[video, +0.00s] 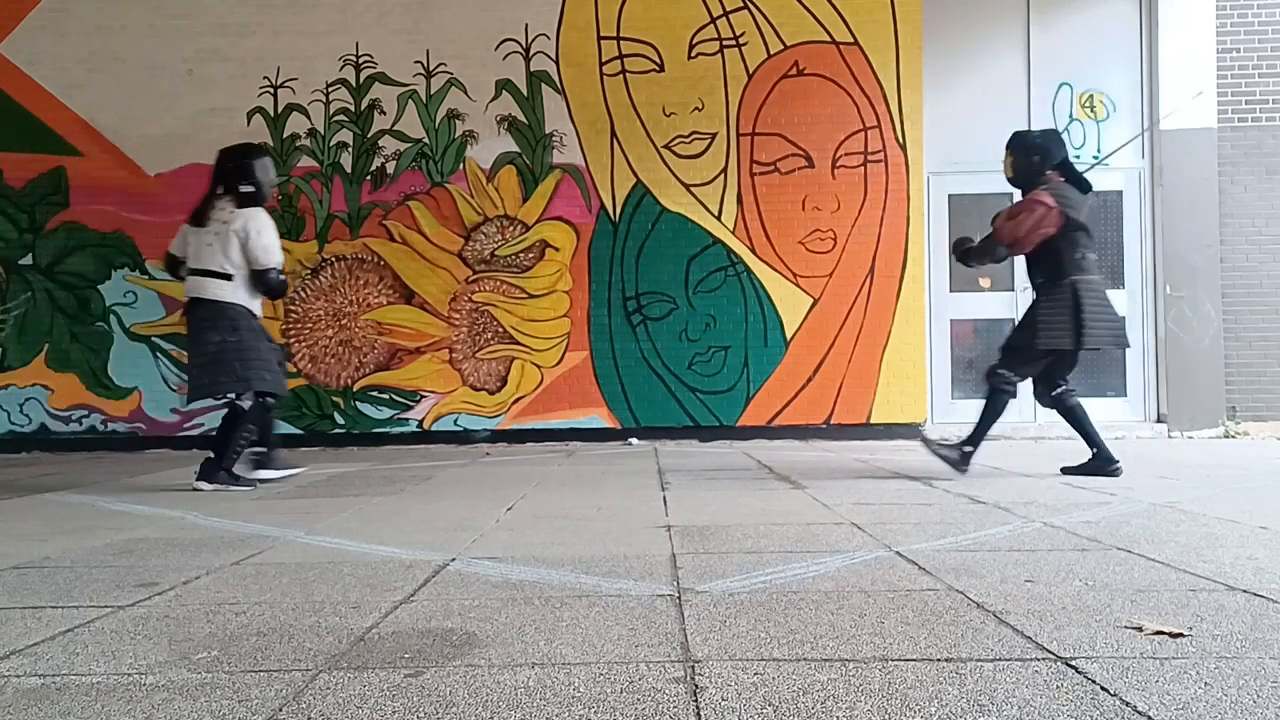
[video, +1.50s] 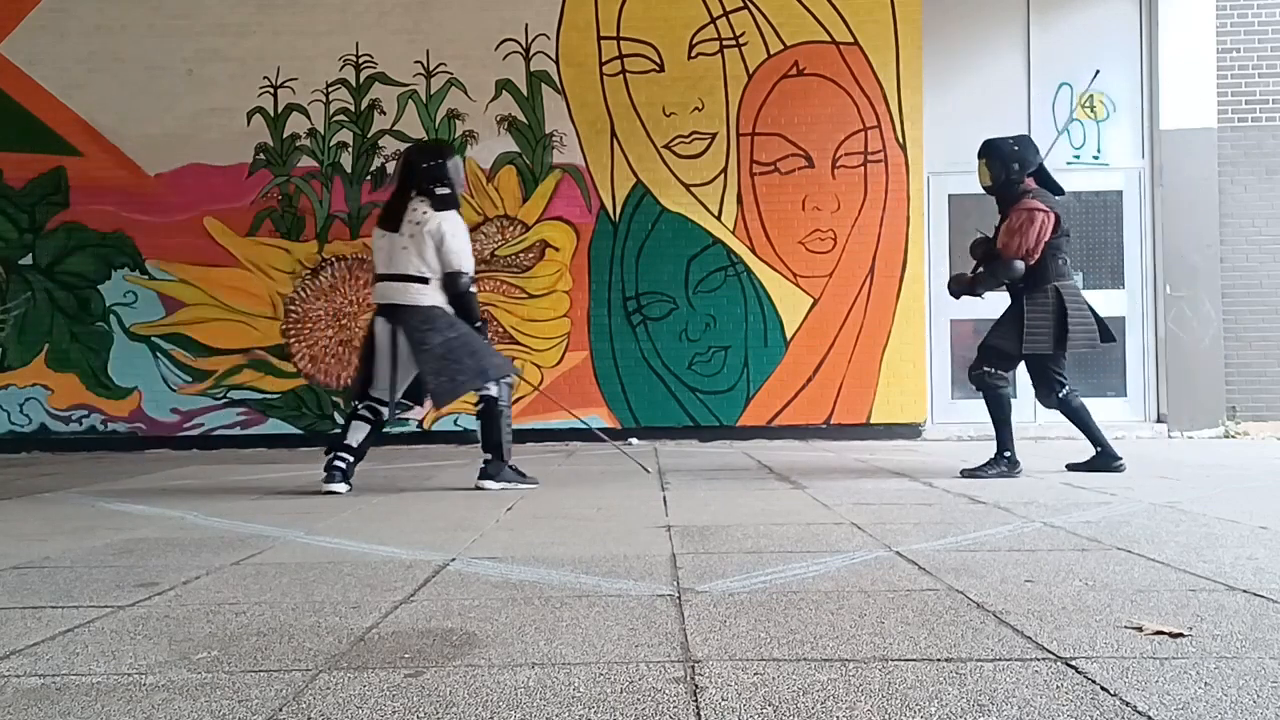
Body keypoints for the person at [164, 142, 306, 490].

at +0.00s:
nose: (273, 185)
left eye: (272, 177)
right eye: (268, 177)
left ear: (225, 177)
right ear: (253, 178)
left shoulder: (204, 212)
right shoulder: (255, 218)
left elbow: (173, 264)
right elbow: (268, 282)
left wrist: (209, 277)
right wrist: (282, 283)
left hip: (199, 312)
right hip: (232, 315)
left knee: (265, 376)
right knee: (255, 392)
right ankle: (218, 468)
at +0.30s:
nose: (323, 193)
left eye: (321, 186)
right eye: (315, 188)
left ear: (284, 193)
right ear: (295, 192)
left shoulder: (271, 226)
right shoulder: (297, 233)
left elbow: (288, 289)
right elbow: (303, 294)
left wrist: (328, 312)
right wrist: (337, 316)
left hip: (262, 320)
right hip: (283, 323)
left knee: (321, 381)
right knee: (341, 367)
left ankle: (295, 458)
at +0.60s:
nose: (382, 195)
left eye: (380, 187)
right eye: (374, 188)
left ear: (345, 195)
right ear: (356, 193)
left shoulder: (332, 228)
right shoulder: (351, 231)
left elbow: (344, 292)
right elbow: (354, 293)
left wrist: (391, 312)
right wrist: (402, 317)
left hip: (320, 327)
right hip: (340, 329)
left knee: (339, 400)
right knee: (402, 378)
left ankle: (291, 463)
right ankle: (414, 466)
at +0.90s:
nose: (421, 176)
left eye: (419, 168)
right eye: (415, 168)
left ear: (372, 175)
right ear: (401, 175)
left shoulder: (354, 214)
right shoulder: (400, 217)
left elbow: (365, 278)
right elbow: (414, 283)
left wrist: (424, 311)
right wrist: (446, 323)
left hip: (345, 318)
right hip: (383, 318)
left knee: (356, 395)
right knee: (441, 381)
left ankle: (319, 463)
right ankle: (419, 467)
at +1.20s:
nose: (428, 176)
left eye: (426, 168)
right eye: (422, 168)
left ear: (378, 174)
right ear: (408, 175)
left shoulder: (358, 213)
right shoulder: (409, 216)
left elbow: (355, 273)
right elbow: (417, 284)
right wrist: (447, 322)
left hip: (346, 311)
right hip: (388, 313)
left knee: (356, 395)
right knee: (459, 365)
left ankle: (335, 467)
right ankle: (451, 455)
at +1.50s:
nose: (458, 176)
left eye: (456, 169)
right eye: (453, 169)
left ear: (408, 175)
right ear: (440, 175)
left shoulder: (388, 216)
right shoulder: (444, 217)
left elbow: (384, 275)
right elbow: (457, 286)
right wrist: (478, 329)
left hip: (387, 313)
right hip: (428, 314)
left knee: (378, 396)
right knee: (496, 374)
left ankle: (339, 467)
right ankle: (497, 465)